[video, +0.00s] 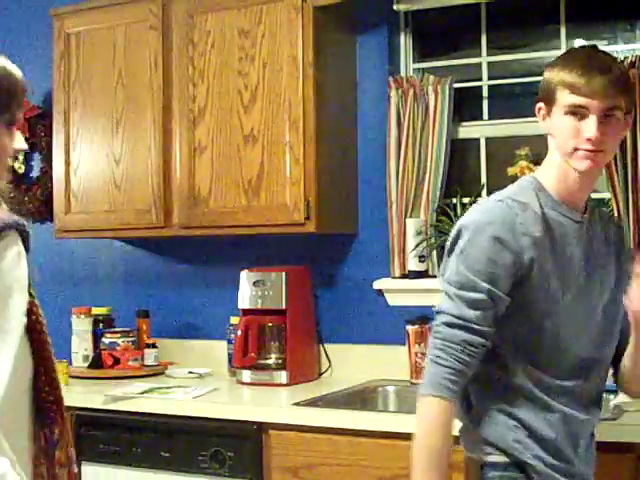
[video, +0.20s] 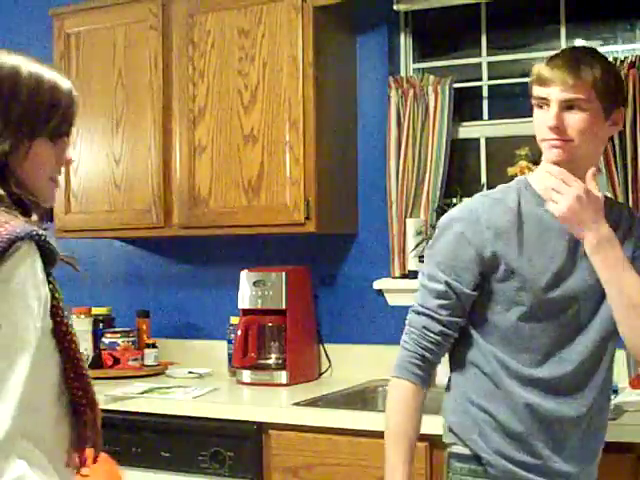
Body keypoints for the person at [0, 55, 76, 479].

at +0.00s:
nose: (20, 142)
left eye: (19, 125)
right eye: (13, 125)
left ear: (12, 130)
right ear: (1, 130)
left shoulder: (13, 239)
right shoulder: (9, 242)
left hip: (18, 460)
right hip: (12, 462)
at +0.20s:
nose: (66, 159)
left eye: (66, 141)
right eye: (56, 139)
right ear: (11, 140)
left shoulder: (19, 242)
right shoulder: (19, 250)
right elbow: (10, 438)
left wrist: (64, 454)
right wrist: (73, 467)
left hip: (37, 461)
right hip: (30, 464)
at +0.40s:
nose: (110, 160)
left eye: (107, 142)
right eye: (95, 140)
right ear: (42, 141)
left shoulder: (31, 244)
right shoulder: (27, 249)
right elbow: (9, 435)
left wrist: (96, 456)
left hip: (69, 463)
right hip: (51, 467)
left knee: (170, 473)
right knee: (171, 472)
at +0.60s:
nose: (146, 165)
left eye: (144, 149)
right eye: (133, 148)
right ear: (82, 149)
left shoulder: (65, 255)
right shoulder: (47, 258)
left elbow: (49, 402)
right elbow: (6, 430)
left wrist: (133, 442)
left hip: (92, 468)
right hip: (65, 469)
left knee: (218, 472)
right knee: (218, 473)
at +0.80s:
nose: (181, 160)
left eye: (176, 146)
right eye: (165, 146)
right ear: (119, 155)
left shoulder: (111, 260)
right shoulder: (84, 265)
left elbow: (106, 391)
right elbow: (26, 425)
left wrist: (184, 423)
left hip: (146, 469)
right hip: (118, 471)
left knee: (267, 461)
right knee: (265, 463)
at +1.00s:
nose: (208, 145)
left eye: (201, 132)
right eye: (191, 134)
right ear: (147, 148)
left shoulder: (151, 251)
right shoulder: (126, 259)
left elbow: (157, 376)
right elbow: (87, 410)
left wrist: (226, 409)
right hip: (120, 469)